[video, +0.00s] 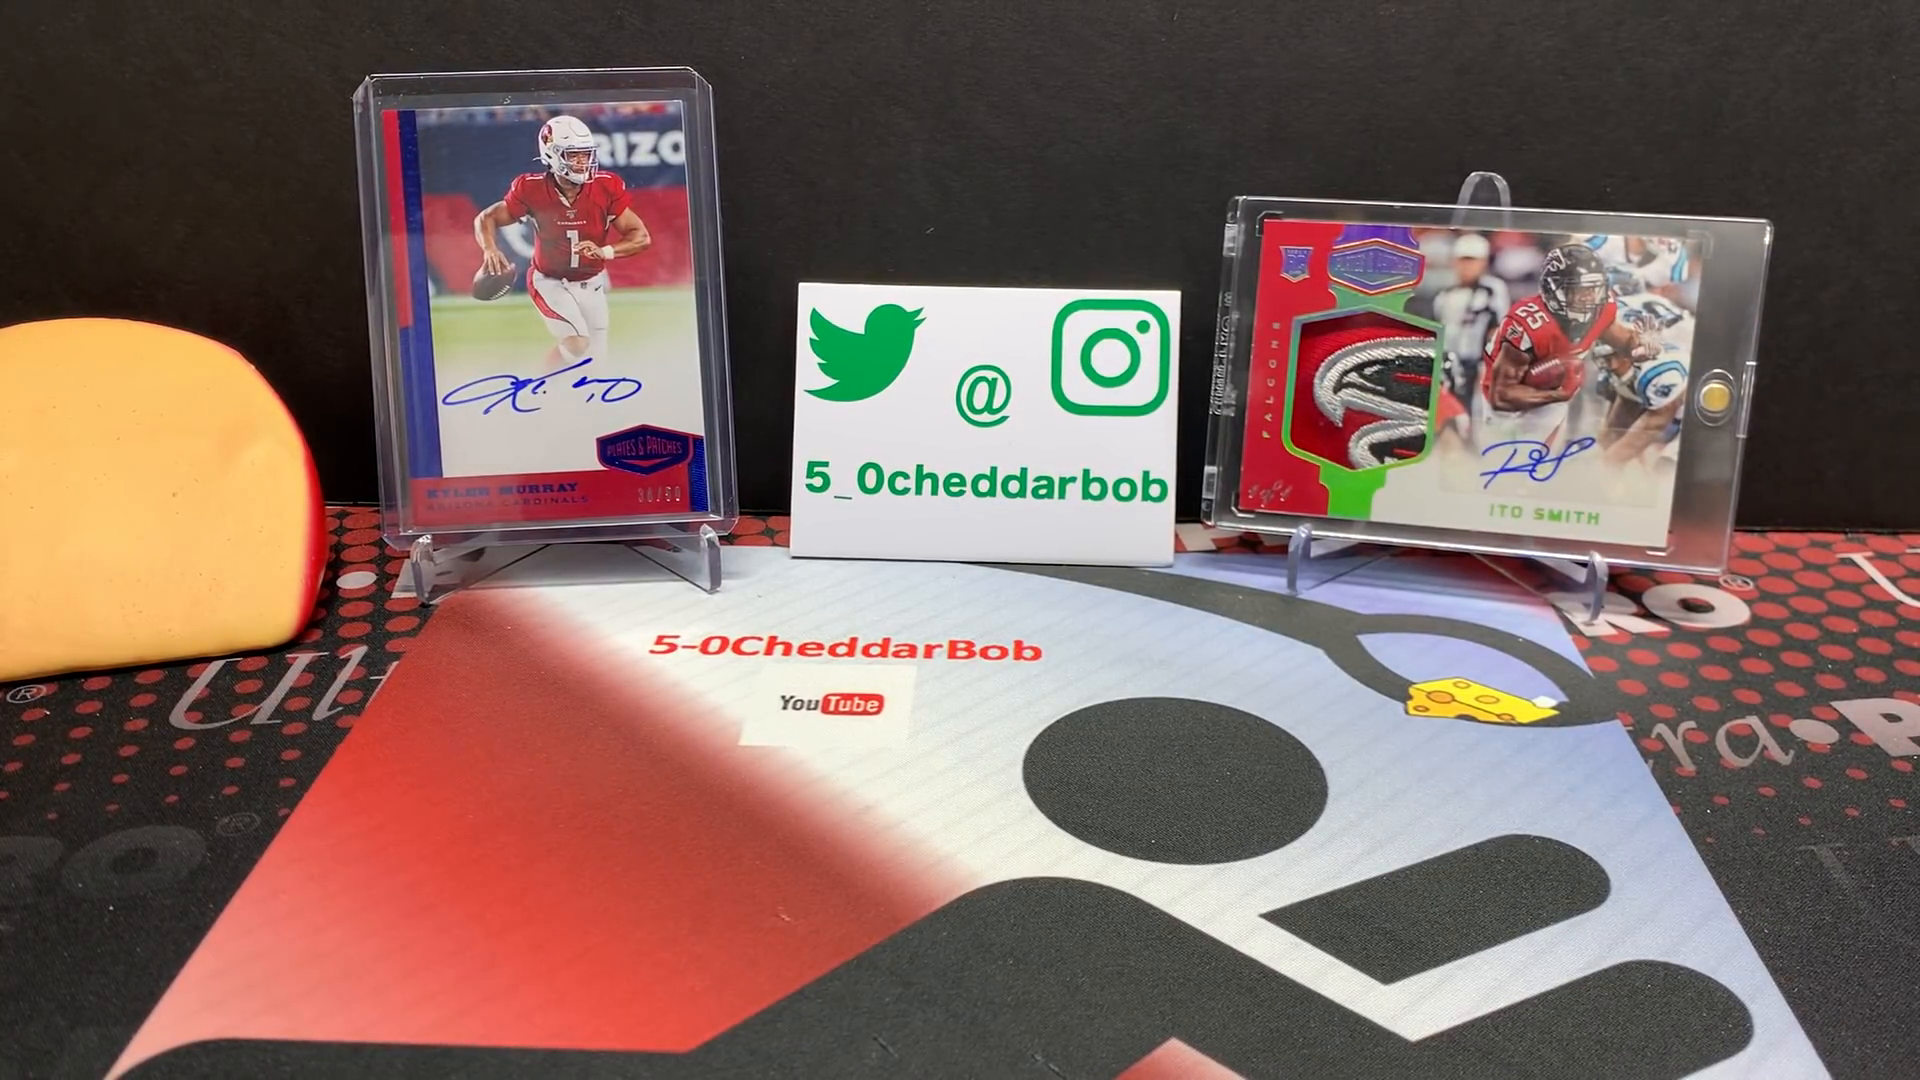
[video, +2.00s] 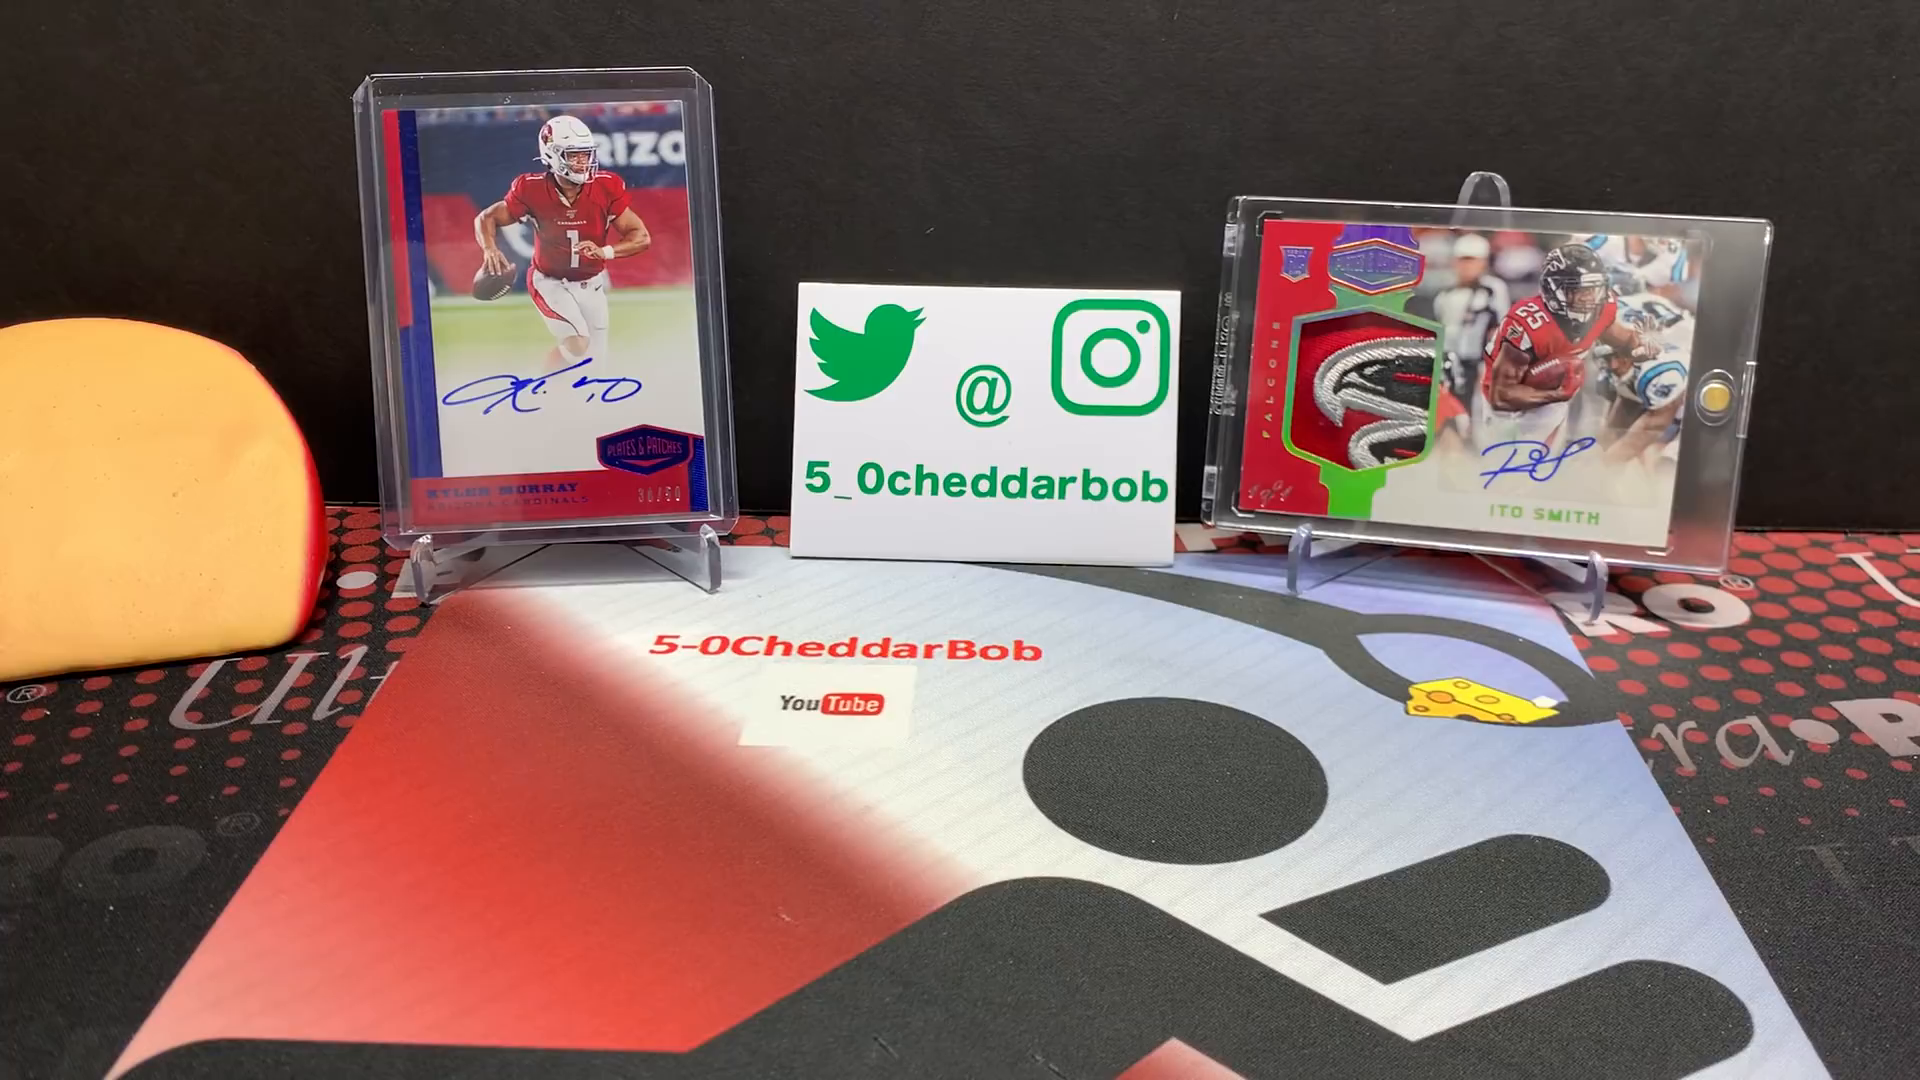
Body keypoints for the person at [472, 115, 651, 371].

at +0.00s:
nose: (580, 162)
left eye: (585, 155)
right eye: (573, 156)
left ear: (592, 154)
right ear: (552, 155)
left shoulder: (607, 187)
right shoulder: (530, 189)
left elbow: (641, 237)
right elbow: (484, 219)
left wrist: (605, 252)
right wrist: (490, 249)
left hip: (591, 282)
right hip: (549, 280)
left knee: (596, 362)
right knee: (576, 343)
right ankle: (534, 391)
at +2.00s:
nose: (581, 162)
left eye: (585, 155)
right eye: (573, 156)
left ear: (592, 154)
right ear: (552, 155)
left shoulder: (607, 187)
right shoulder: (529, 189)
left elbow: (641, 238)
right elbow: (484, 219)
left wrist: (606, 252)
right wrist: (490, 248)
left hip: (591, 283)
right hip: (548, 280)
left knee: (596, 363)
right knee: (577, 344)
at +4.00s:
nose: (580, 162)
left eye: (585, 155)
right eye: (572, 156)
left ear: (592, 154)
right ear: (552, 155)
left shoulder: (606, 187)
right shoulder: (530, 189)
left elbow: (642, 238)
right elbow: (484, 219)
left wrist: (606, 252)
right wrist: (490, 248)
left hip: (591, 283)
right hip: (549, 281)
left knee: (596, 362)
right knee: (577, 345)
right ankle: (534, 390)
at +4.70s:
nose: (580, 162)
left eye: (585, 155)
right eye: (573, 156)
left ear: (592, 154)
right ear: (552, 155)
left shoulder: (607, 187)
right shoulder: (530, 189)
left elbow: (642, 237)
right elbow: (484, 219)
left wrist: (606, 252)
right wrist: (490, 249)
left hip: (591, 283)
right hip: (549, 280)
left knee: (596, 363)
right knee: (577, 344)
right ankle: (534, 391)